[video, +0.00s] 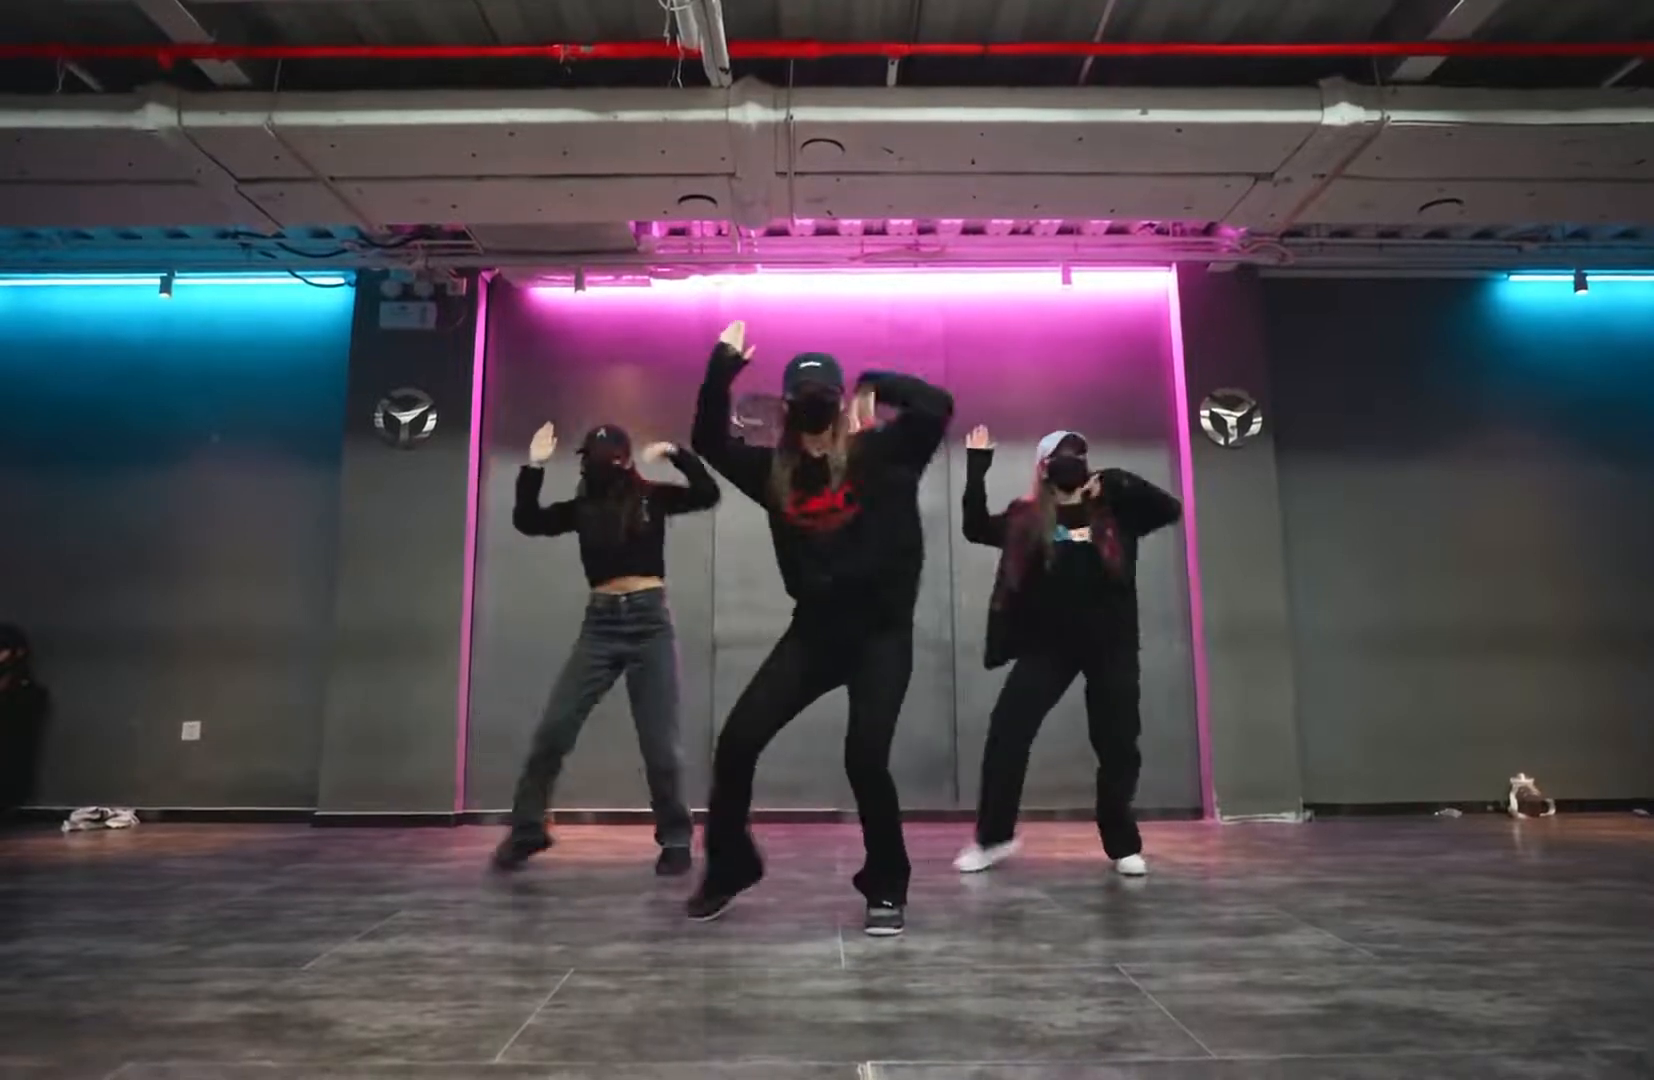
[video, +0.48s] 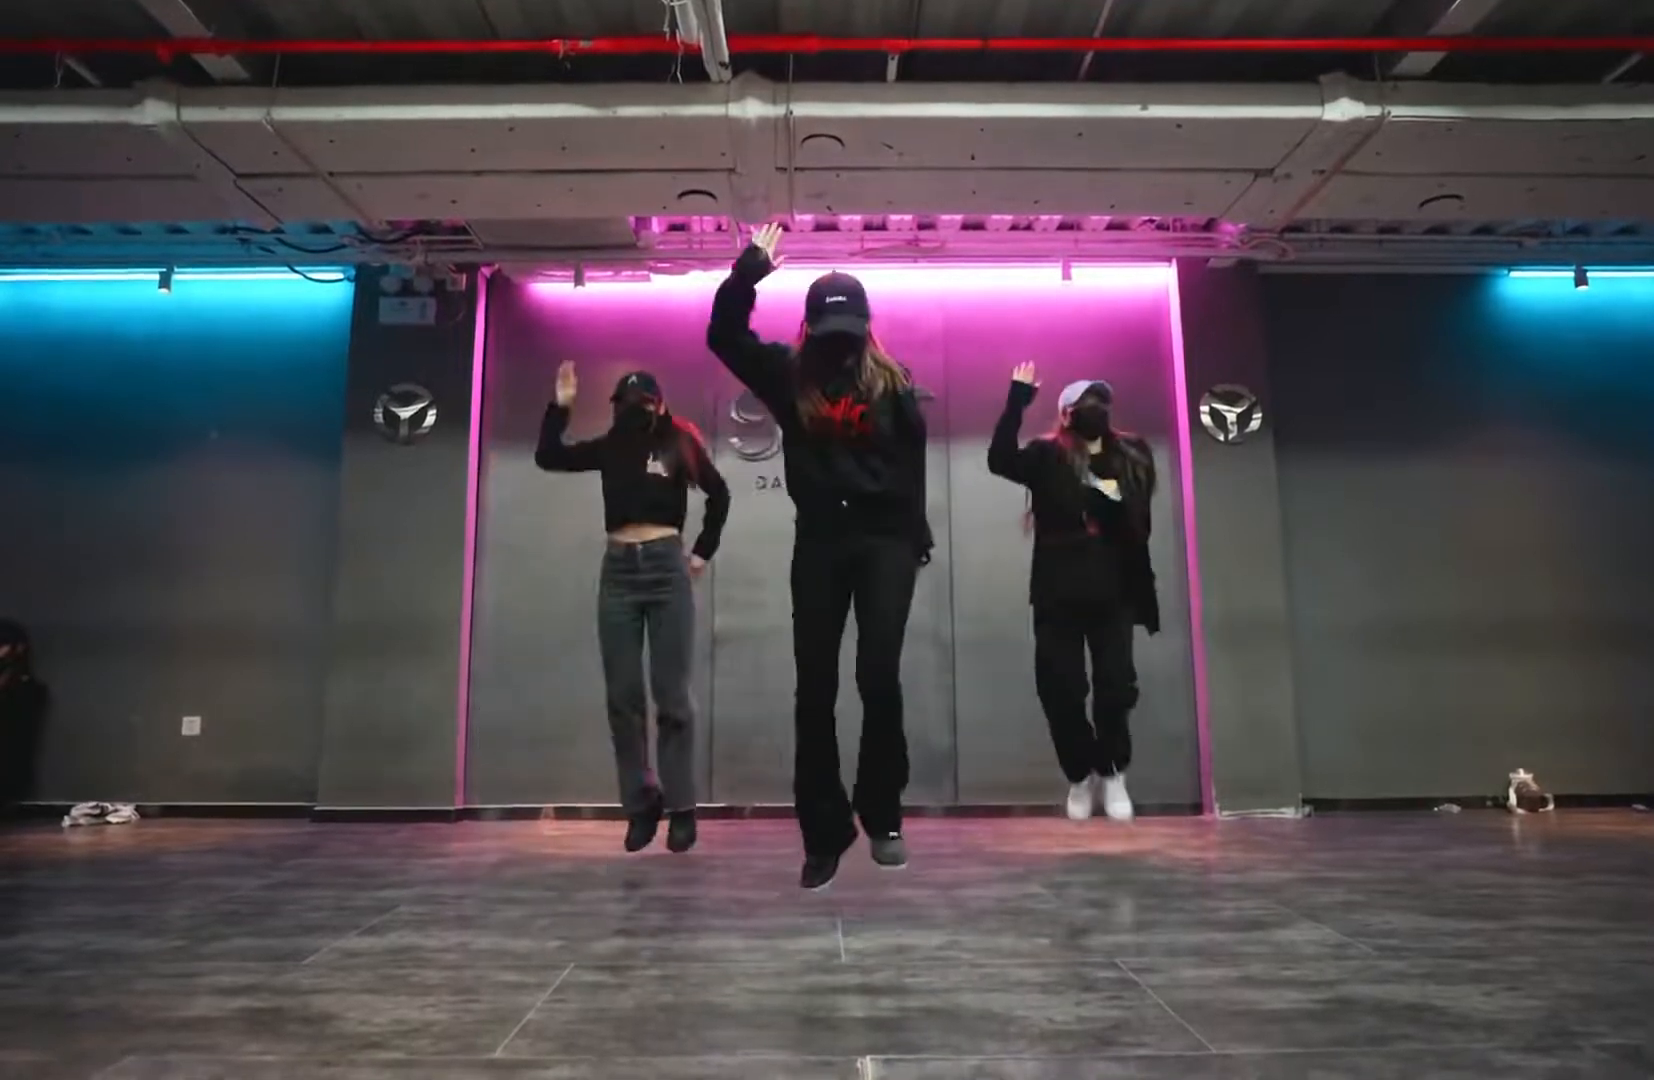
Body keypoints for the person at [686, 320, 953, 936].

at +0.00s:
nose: (817, 427)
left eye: (825, 413)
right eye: (805, 416)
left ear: (843, 409)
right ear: (786, 414)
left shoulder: (887, 455)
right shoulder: (774, 474)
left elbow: (938, 407)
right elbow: (712, 442)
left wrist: (875, 383)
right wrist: (723, 367)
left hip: (882, 636)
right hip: (814, 636)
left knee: (865, 760)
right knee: (737, 742)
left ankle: (887, 892)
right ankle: (730, 866)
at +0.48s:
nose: (841, 350)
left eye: (850, 339)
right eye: (830, 338)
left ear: (868, 334)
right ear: (808, 332)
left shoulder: (893, 390)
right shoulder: (787, 380)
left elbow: (910, 480)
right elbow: (727, 333)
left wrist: (916, 551)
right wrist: (753, 264)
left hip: (886, 547)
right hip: (818, 546)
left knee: (879, 678)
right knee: (814, 689)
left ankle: (881, 818)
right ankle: (824, 835)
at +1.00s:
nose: (764, 430)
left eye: (774, 416)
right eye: (754, 418)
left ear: (798, 406)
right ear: (742, 416)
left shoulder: (832, 454)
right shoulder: (761, 466)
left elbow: (836, 526)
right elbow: (742, 522)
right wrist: (699, 554)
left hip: (863, 637)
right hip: (796, 636)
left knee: (881, 768)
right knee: (718, 757)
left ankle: (903, 876)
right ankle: (665, 913)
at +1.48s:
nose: (828, 352)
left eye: (840, 339)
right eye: (815, 341)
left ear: (858, 344)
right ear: (795, 348)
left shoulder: (886, 426)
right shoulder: (773, 421)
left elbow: (894, 521)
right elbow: (756, 505)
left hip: (871, 634)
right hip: (784, 634)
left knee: (968, 744)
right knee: (689, 750)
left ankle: (993, 910)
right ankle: (660, 882)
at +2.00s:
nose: (811, 303)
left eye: (824, 292)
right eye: (799, 292)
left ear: (843, 300)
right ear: (779, 300)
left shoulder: (880, 387)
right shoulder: (738, 385)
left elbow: (937, 482)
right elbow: (652, 384)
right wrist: (611, 312)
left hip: (868, 589)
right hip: (773, 591)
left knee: (942, 737)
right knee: (698, 740)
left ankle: (1002, 902)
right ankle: (634, 906)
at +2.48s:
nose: (838, 353)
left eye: (852, 342)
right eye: (827, 338)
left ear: (878, 338)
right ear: (817, 336)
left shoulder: (909, 410)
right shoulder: (795, 408)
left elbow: (935, 518)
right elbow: (805, 500)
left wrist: (841, 511)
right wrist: (905, 505)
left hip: (885, 618)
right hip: (799, 618)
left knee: (996, 719)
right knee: (726, 751)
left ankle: (981, 892)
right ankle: (647, 898)